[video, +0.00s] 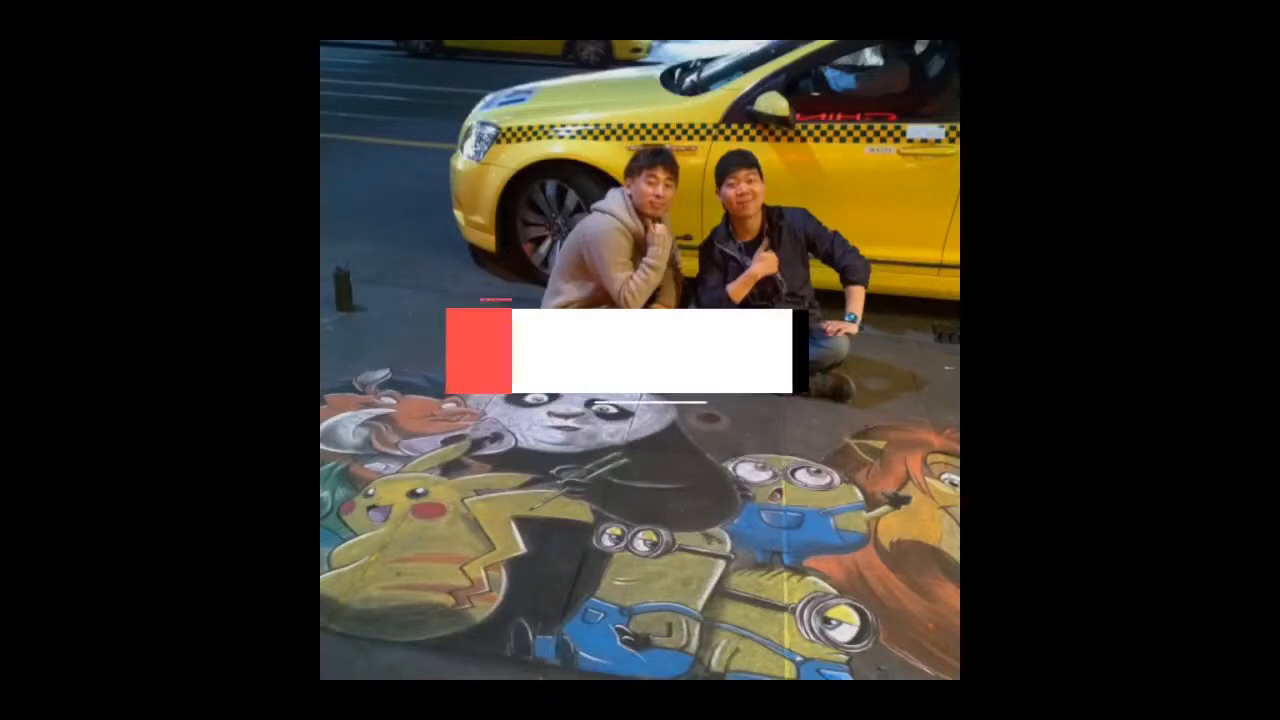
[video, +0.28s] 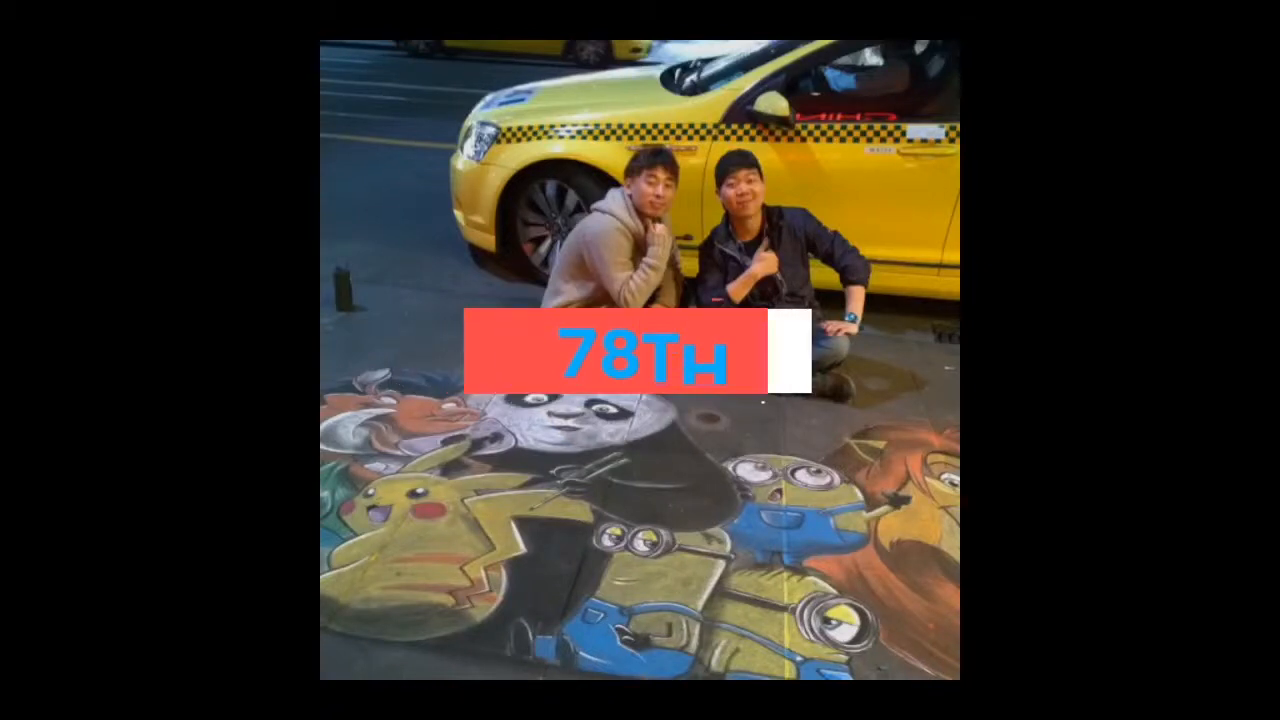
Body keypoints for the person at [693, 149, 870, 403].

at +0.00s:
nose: (743, 191)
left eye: (750, 181)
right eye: (732, 185)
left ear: (763, 187)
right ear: (720, 195)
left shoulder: (795, 222)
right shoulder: (713, 246)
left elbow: (853, 262)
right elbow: (708, 307)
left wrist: (851, 319)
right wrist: (752, 275)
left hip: (799, 323)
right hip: (744, 330)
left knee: (837, 345)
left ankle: (759, 376)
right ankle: (811, 385)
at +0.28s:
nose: (743, 191)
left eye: (750, 181)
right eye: (732, 185)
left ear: (763, 187)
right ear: (720, 195)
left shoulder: (795, 222)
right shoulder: (713, 246)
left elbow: (853, 262)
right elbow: (708, 308)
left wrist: (851, 319)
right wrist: (753, 274)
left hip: (799, 326)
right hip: (745, 332)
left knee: (837, 345)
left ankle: (753, 375)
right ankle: (813, 385)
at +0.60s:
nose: (743, 190)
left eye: (750, 181)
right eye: (732, 185)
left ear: (763, 186)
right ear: (720, 194)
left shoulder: (793, 221)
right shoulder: (713, 230)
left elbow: (853, 261)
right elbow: (708, 306)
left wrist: (852, 319)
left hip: (798, 324)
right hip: (744, 324)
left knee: (836, 344)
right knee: (705, 334)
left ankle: (734, 373)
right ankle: (799, 386)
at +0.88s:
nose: (743, 190)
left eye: (750, 181)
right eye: (732, 184)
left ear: (763, 185)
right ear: (721, 192)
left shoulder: (791, 220)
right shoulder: (717, 230)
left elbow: (853, 261)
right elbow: (707, 304)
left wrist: (851, 319)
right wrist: (752, 275)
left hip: (800, 325)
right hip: (747, 324)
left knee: (837, 345)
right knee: (707, 333)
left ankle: (732, 370)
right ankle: (800, 386)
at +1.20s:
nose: (743, 190)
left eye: (750, 181)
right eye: (732, 184)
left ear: (763, 185)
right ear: (721, 192)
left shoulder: (792, 220)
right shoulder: (716, 230)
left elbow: (854, 262)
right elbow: (708, 304)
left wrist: (851, 320)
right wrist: (752, 275)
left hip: (801, 325)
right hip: (748, 324)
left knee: (836, 344)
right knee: (709, 333)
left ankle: (731, 370)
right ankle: (800, 386)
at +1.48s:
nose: (743, 190)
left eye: (750, 181)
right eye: (732, 184)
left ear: (763, 185)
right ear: (721, 192)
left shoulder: (792, 221)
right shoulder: (716, 230)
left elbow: (853, 262)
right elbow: (708, 304)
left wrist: (851, 319)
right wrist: (751, 276)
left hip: (800, 325)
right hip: (747, 323)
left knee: (837, 345)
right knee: (708, 334)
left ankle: (732, 370)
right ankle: (800, 386)